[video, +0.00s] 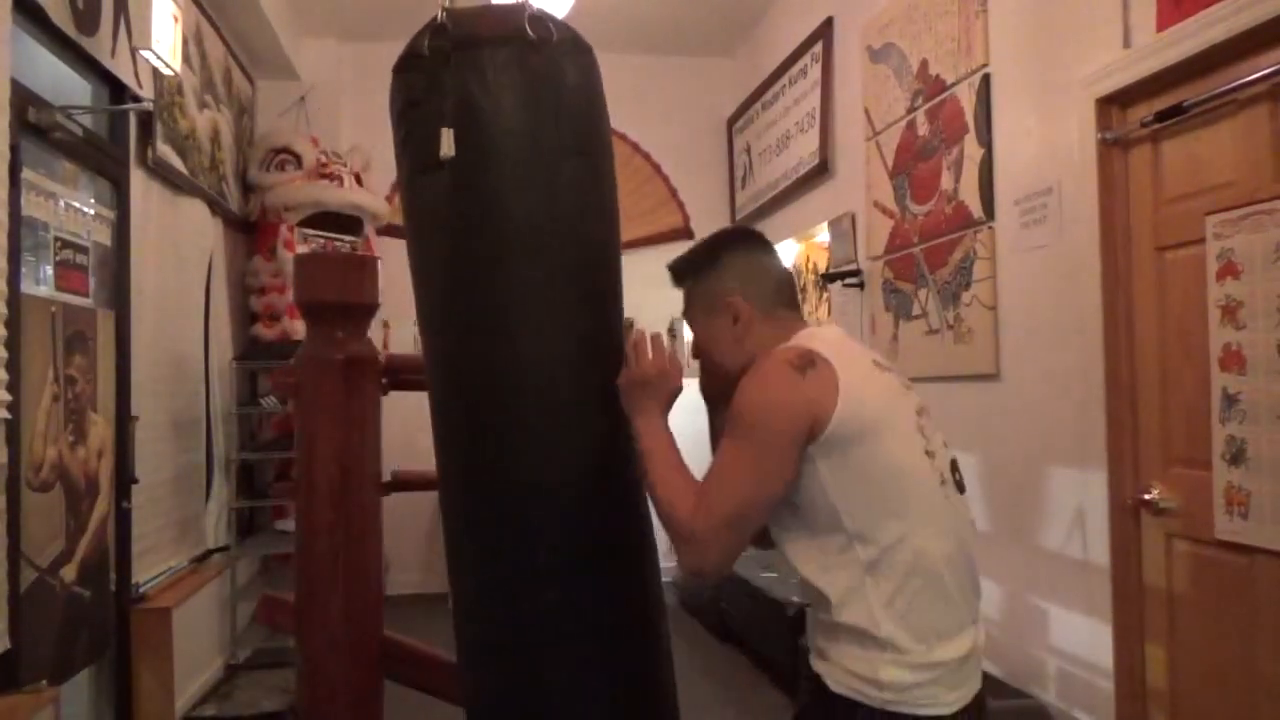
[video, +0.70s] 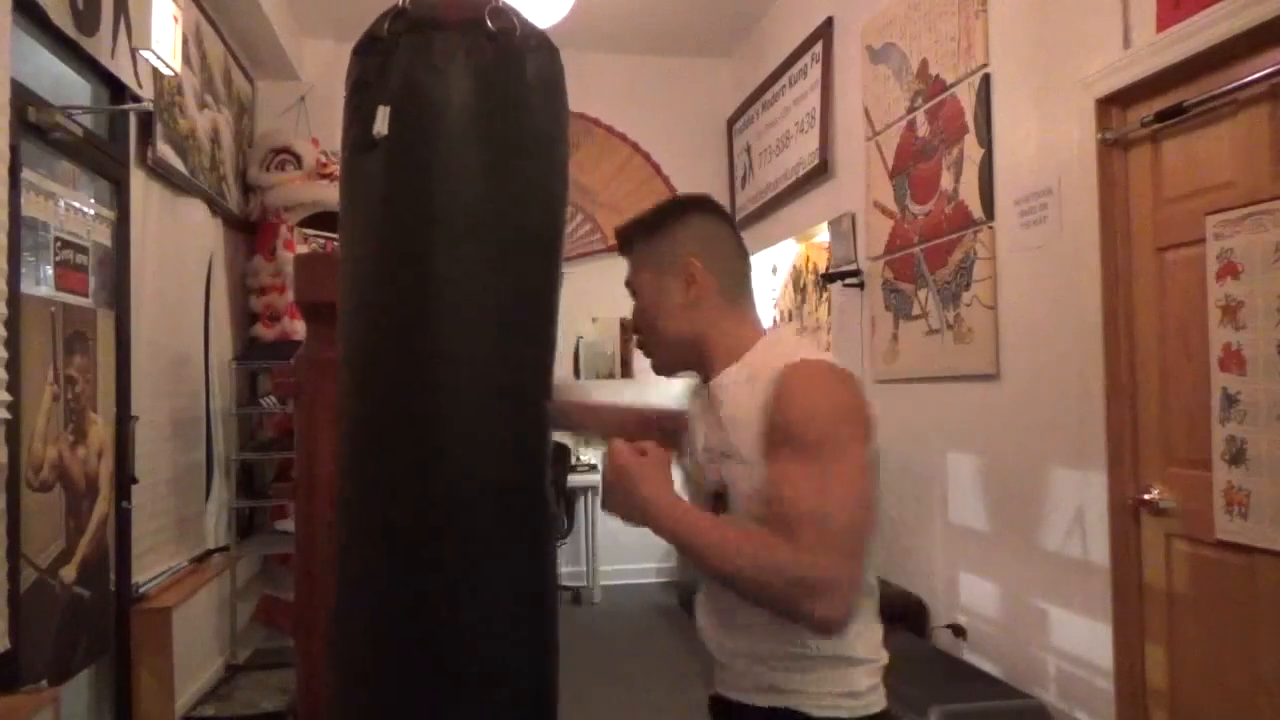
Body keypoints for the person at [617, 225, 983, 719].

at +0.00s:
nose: (695, 347)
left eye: (696, 328)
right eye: (692, 330)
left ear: (737, 316)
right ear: (741, 316)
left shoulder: (786, 376)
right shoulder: (836, 353)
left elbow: (704, 549)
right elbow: (757, 528)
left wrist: (647, 418)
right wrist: (716, 402)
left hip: (884, 695)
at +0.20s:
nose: (723, 360)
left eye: (722, 341)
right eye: (718, 344)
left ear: (767, 326)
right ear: (773, 326)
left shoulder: (817, 376)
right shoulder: (874, 364)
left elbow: (737, 538)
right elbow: (789, 532)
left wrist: (662, 413)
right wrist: (747, 409)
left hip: (867, 696)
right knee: (709, 597)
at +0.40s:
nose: (740, 368)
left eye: (740, 349)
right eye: (735, 355)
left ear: (773, 314)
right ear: (819, 310)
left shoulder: (791, 357)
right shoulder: (899, 361)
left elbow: (690, 498)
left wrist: (680, 378)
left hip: (843, 688)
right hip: (939, 681)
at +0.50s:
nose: (721, 364)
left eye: (721, 345)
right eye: (714, 350)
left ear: (758, 323)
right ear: (806, 315)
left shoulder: (765, 366)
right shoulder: (890, 367)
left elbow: (663, 508)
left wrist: (662, 387)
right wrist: (730, 370)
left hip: (825, 697)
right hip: (932, 686)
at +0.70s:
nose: (632, 322)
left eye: (637, 295)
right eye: (632, 299)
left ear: (691, 283)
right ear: (691, 285)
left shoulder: (814, 389)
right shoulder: (712, 401)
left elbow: (824, 595)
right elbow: (662, 429)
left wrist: (659, 508)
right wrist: (555, 409)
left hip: (813, 705)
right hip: (738, 693)